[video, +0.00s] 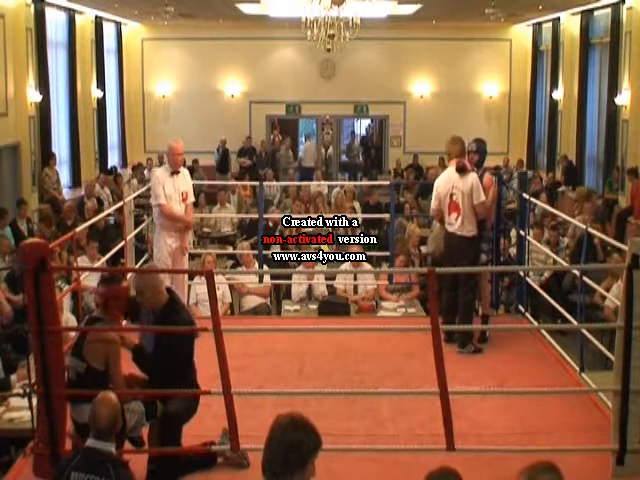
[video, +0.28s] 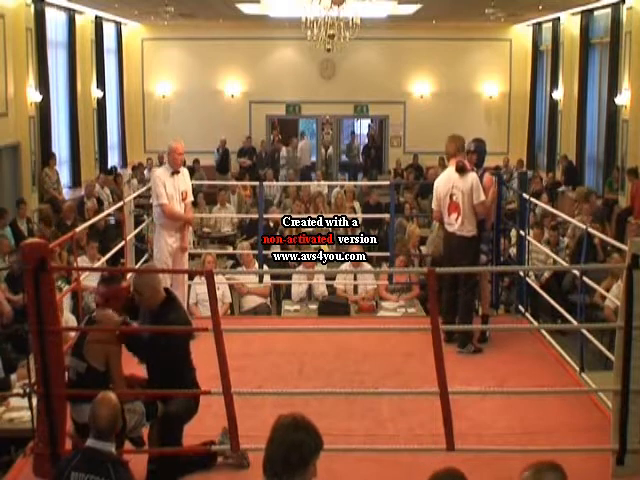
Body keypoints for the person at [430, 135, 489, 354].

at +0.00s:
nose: (458, 157)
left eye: (452, 154)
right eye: (462, 154)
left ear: (447, 155)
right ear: (465, 154)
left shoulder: (441, 180)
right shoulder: (472, 178)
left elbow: (435, 211)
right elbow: (481, 210)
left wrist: (447, 223)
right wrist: (491, 193)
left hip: (449, 235)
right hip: (469, 235)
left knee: (449, 283)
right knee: (467, 285)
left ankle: (448, 328)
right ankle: (465, 337)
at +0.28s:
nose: (462, 155)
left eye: (456, 151)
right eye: (463, 151)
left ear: (446, 154)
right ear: (463, 152)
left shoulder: (439, 180)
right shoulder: (472, 178)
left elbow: (436, 214)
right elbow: (481, 210)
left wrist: (451, 218)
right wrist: (492, 191)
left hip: (449, 235)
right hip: (468, 236)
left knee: (449, 283)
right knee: (467, 285)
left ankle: (448, 328)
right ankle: (465, 337)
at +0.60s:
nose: (466, 154)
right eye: (466, 151)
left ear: (448, 153)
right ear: (466, 152)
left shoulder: (441, 180)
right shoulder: (471, 179)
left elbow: (438, 213)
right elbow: (480, 211)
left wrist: (449, 225)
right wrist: (491, 195)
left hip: (449, 236)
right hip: (468, 236)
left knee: (449, 283)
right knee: (467, 285)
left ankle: (448, 327)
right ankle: (465, 335)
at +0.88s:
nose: (466, 156)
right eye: (467, 152)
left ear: (448, 153)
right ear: (467, 153)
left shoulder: (441, 179)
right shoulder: (472, 179)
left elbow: (438, 213)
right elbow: (481, 210)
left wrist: (448, 226)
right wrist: (490, 193)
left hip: (449, 236)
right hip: (468, 236)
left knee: (449, 283)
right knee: (467, 285)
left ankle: (448, 328)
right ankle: (465, 336)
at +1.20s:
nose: (467, 155)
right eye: (468, 151)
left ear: (449, 152)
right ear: (468, 152)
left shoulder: (442, 178)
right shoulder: (473, 178)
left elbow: (438, 212)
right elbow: (481, 211)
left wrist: (447, 226)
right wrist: (491, 193)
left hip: (449, 235)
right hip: (468, 236)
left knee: (449, 282)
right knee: (467, 285)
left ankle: (448, 328)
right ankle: (465, 336)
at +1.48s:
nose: (471, 156)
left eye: (469, 153)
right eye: (471, 153)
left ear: (452, 153)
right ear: (471, 154)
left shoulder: (442, 177)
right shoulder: (474, 178)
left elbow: (438, 210)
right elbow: (481, 211)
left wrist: (446, 226)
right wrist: (489, 190)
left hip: (449, 235)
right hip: (468, 236)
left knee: (449, 282)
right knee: (467, 284)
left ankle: (448, 327)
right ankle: (464, 335)